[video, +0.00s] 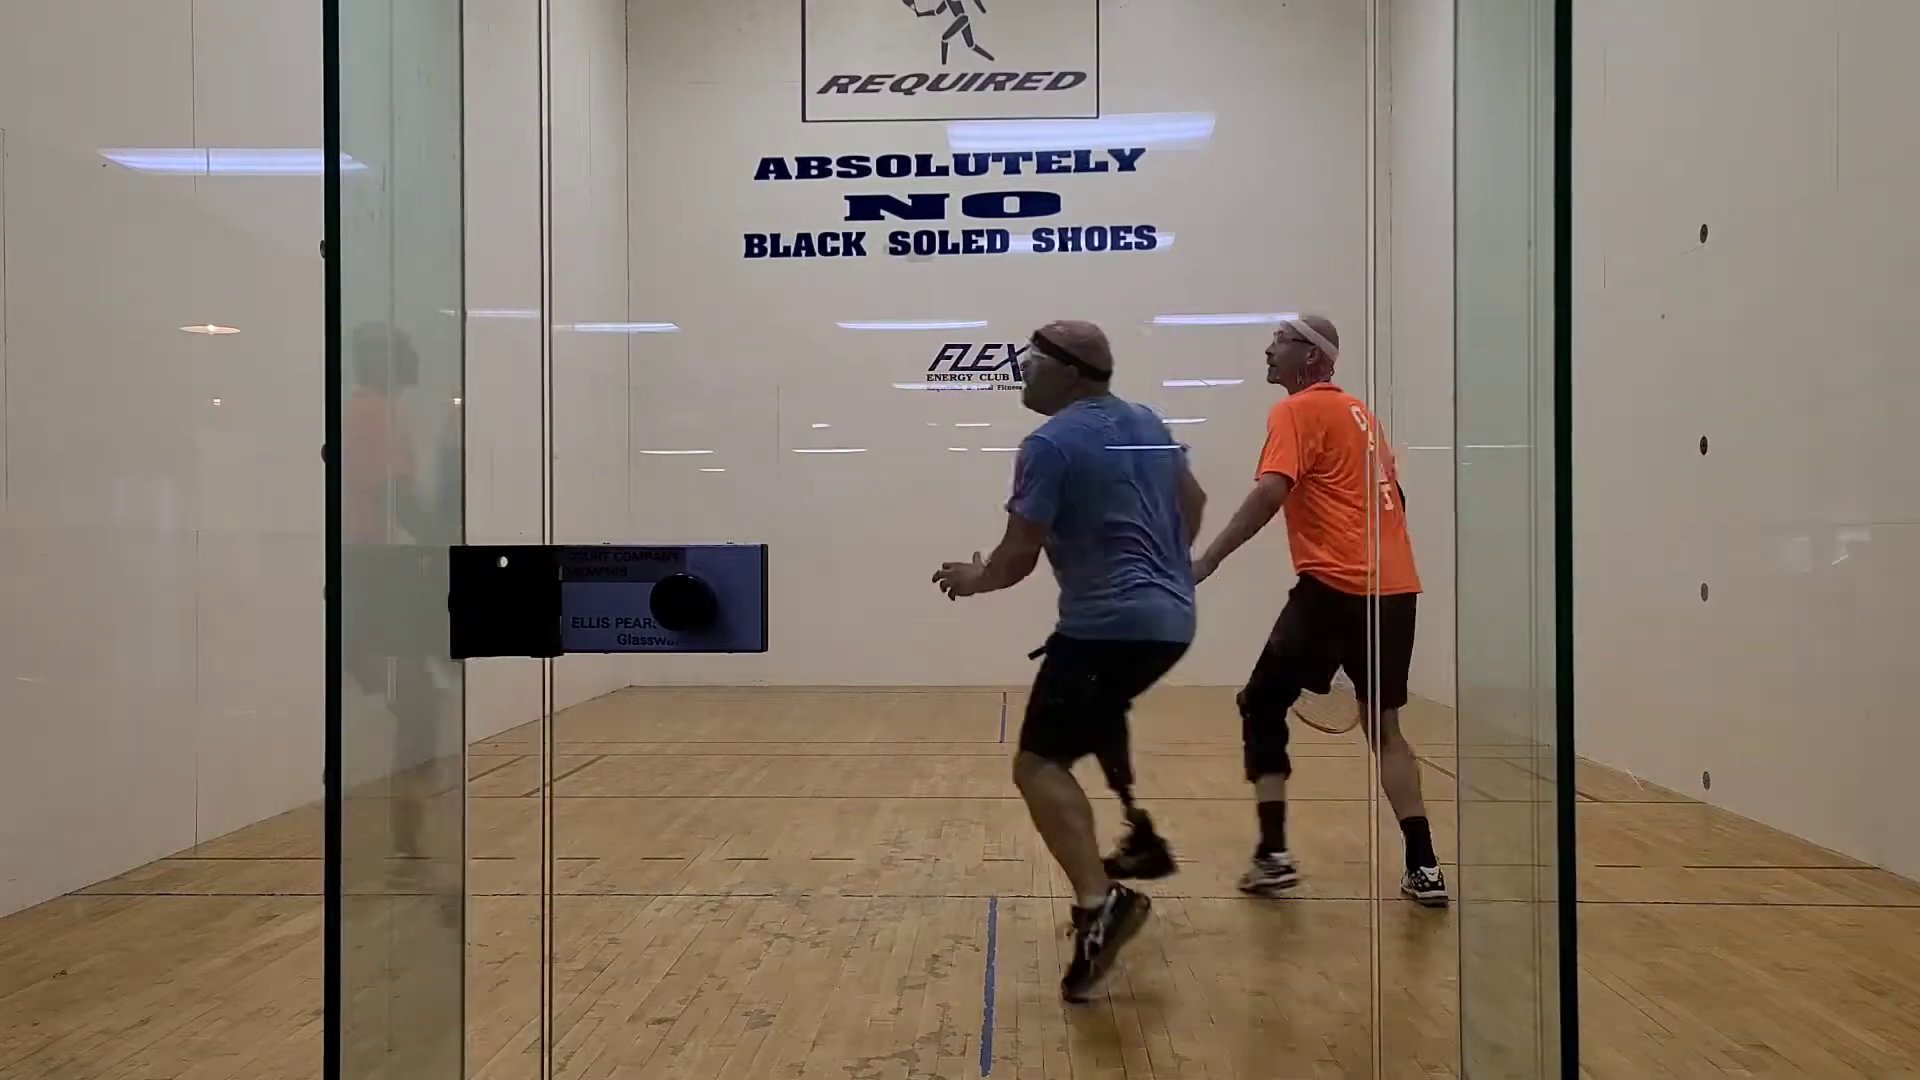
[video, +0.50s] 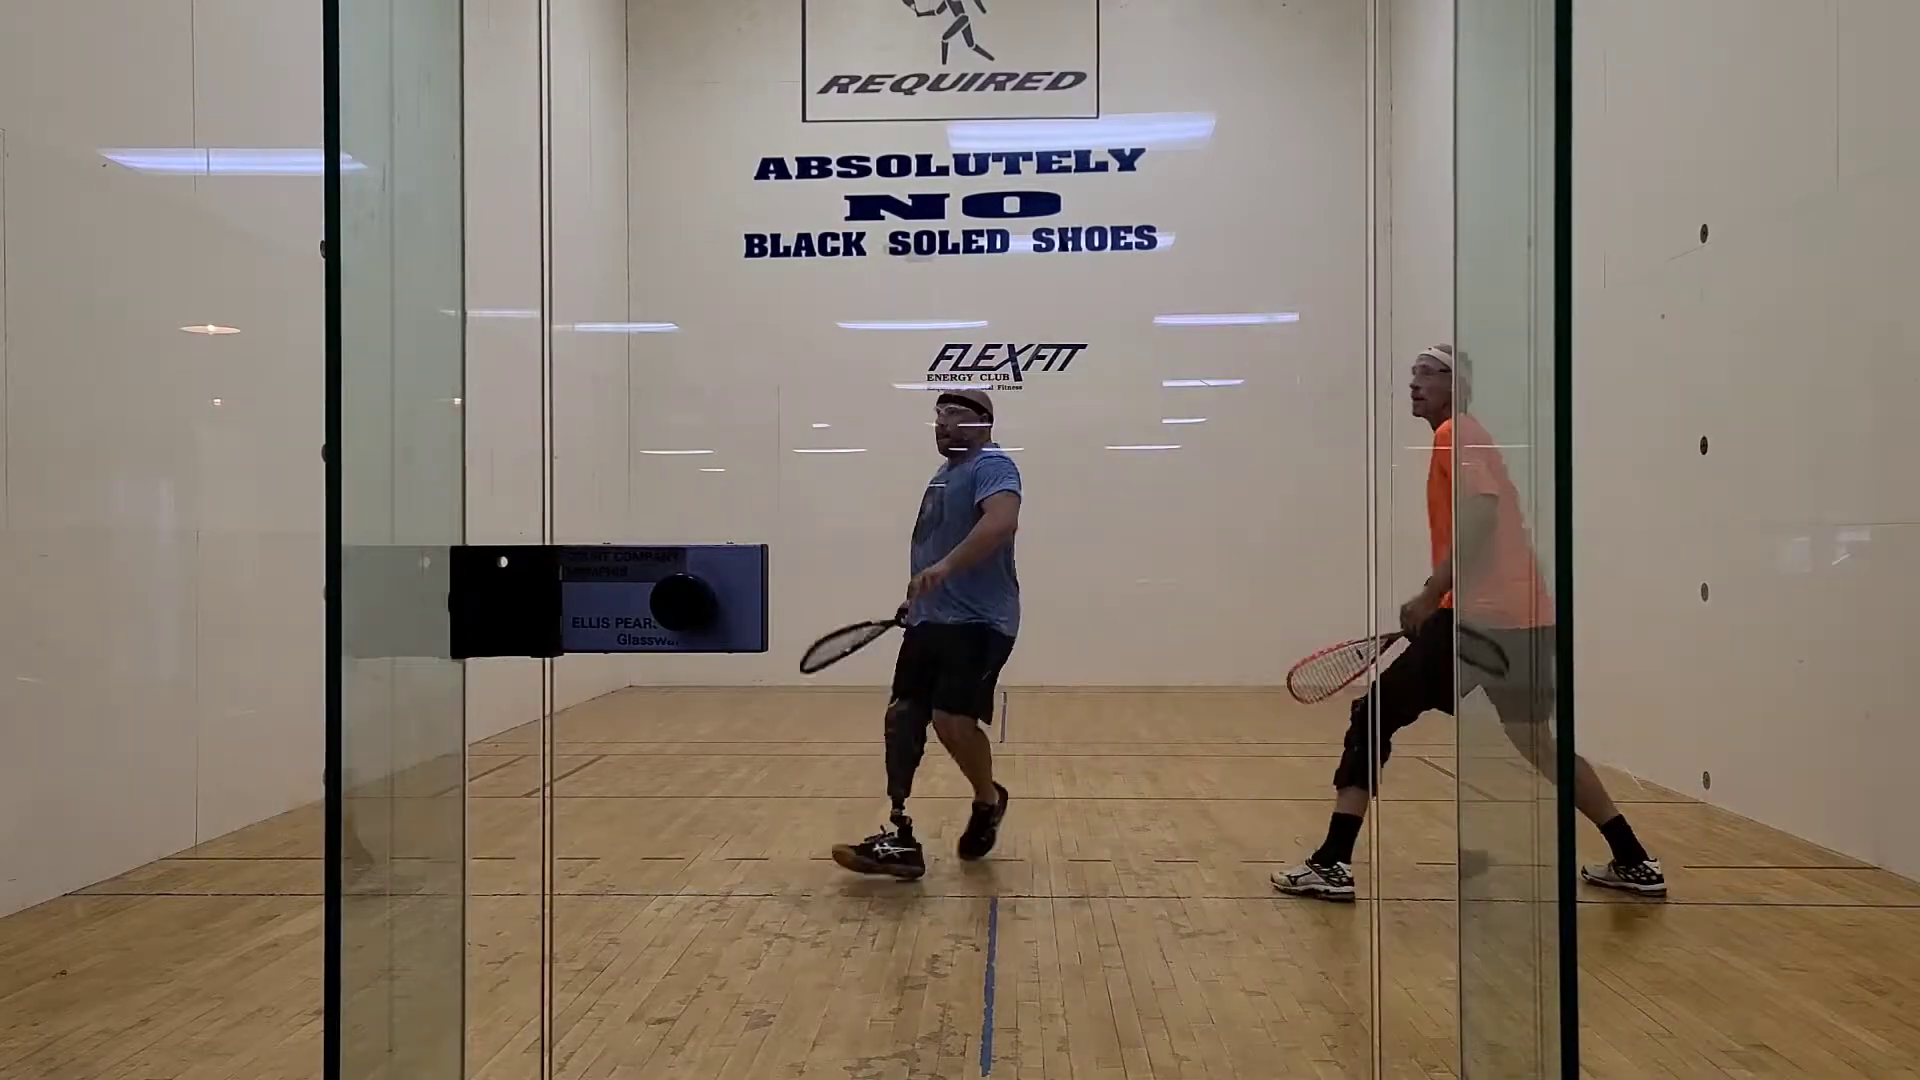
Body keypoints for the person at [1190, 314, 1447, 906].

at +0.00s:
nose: (1268, 353)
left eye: (1278, 343)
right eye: (1272, 343)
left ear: (1314, 356)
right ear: (1323, 360)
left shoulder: (1295, 409)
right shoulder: (1364, 414)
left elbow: (1270, 492)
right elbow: (1393, 498)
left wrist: (1206, 558)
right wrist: (1366, 562)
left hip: (1330, 588)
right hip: (1395, 592)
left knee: (1262, 704)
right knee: (1384, 722)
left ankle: (1272, 853)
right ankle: (1423, 865)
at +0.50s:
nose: (1411, 385)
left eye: (1422, 377)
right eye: (1412, 377)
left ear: (1453, 384)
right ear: (1448, 388)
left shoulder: (1456, 434)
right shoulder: (1472, 437)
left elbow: (1478, 523)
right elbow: (1482, 540)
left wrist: (1430, 594)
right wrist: (1431, 608)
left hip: (1481, 618)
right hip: (1522, 620)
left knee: (1374, 713)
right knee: (1536, 740)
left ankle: (1332, 862)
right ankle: (1633, 859)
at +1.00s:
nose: (1320, 387)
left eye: (1328, 377)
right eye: (1322, 377)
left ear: (1358, 380)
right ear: (1373, 383)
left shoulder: (1368, 427)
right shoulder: (1410, 432)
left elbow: (1351, 510)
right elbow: (1459, 515)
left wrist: (1294, 574)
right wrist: (1464, 587)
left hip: (1430, 605)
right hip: (1478, 605)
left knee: (1358, 721)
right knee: (1505, 727)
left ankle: (1409, 875)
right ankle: (1613, 844)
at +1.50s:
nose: (1164, 389)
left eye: (1165, 380)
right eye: (1168, 379)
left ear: (1171, 380)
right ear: (1214, 379)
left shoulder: (1173, 425)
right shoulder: (1255, 430)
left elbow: (1154, 512)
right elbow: (1300, 505)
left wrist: (1159, 561)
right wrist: (1324, 579)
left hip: (1247, 596)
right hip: (1281, 590)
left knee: (1291, 739)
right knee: (1188, 701)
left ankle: (1394, 856)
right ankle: (1139, 836)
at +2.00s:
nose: (1042, 390)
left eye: (1042, 382)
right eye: (1048, 382)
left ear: (1044, 381)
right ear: (1088, 385)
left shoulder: (1039, 412)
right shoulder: (1123, 436)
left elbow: (1017, 474)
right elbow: (1152, 521)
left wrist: (992, 554)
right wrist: (1071, 561)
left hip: (1073, 578)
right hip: (1135, 586)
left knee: (1002, 701)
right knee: (1093, 694)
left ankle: (981, 849)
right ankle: (1120, 836)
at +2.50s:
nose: (852, 422)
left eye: (855, 411)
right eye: (852, 412)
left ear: (880, 407)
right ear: (900, 407)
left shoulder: (904, 438)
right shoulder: (945, 441)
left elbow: (922, 523)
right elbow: (1010, 510)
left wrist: (876, 592)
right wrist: (952, 581)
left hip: (1002, 595)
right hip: (1021, 594)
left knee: (906, 704)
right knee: (910, 703)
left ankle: (918, 864)